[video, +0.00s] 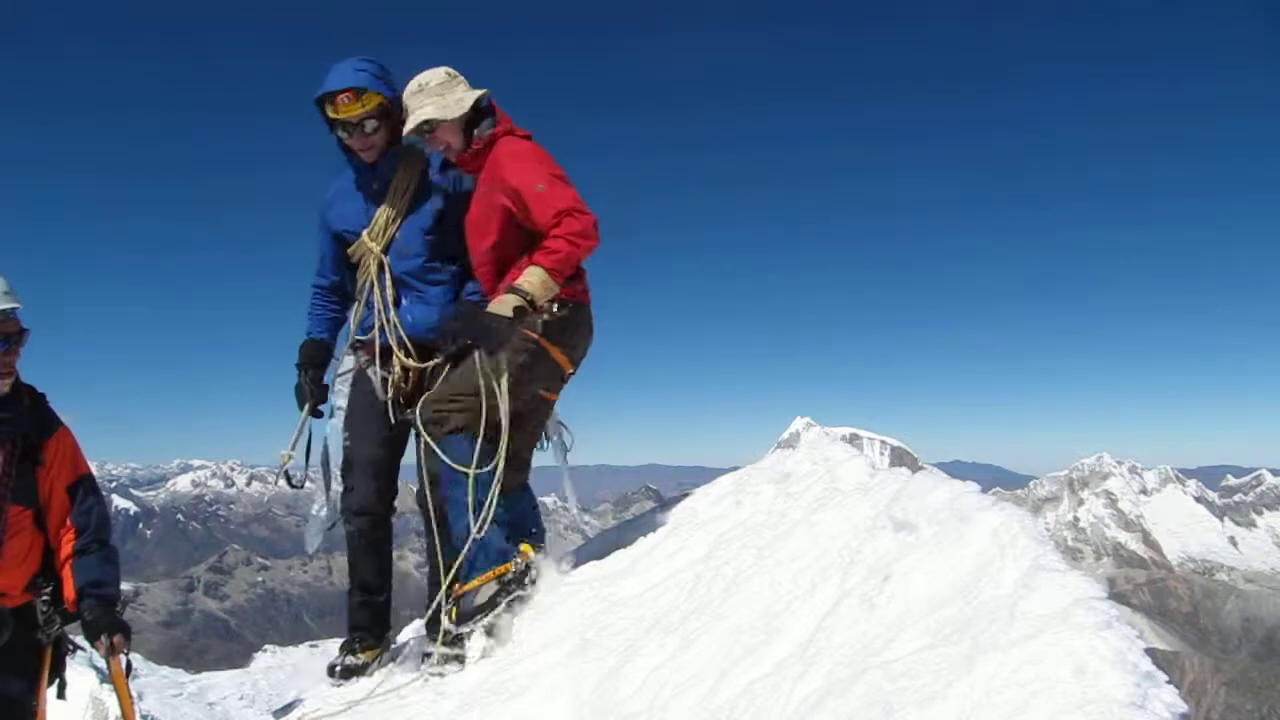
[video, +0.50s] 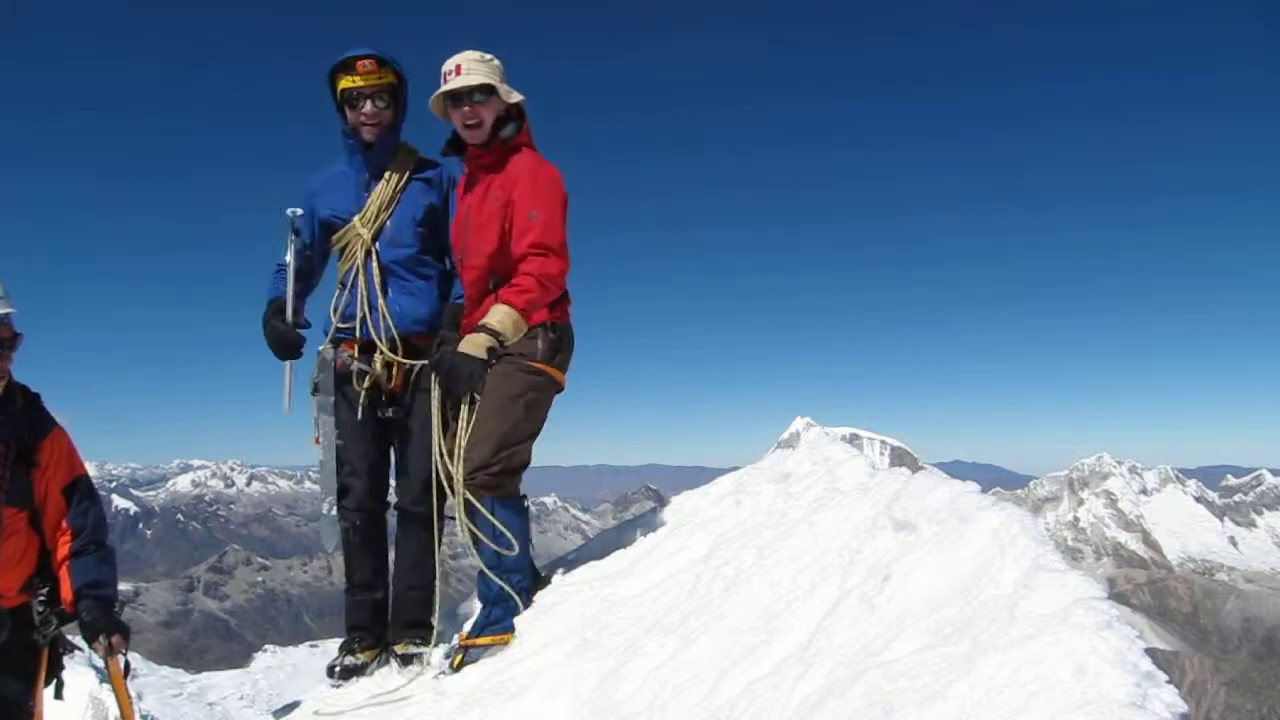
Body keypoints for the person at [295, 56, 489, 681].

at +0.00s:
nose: (361, 133)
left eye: (370, 117)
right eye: (346, 123)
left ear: (397, 113)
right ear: (334, 130)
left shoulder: (443, 179)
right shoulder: (340, 197)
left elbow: (486, 257)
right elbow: (328, 288)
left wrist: (466, 314)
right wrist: (314, 357)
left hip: (445, 352)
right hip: (374, 358)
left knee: (446, 485)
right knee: (363, 493)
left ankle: (452, 618)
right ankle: (367, 635)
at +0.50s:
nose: (369, 110)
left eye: (379, 99)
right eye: (356, 101)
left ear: (398, 105)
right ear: (342, 111)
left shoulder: (437, 178)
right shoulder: (329, 187)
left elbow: (461, 262)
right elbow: (300, 262)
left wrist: (455, 332)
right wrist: (278, 308)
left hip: (424, 350)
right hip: (351, 354)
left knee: (419, 491)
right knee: (357, 494)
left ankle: (411, 628)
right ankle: (363, 633)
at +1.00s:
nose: (392, 120)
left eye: (403, 109)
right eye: (381, 109)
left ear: (421, 115)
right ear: (364, 113)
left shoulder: (446, 189)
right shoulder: (334, 184)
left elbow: (470, 271)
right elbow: (296, 258)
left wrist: (449, 342)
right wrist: (285, 302)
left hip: (423, 358)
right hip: (350, 360)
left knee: (416, 494)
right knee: (355, 496)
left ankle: (412, 631)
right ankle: (362, 633)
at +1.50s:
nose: (381, 137)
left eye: (394, 125)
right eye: (368, 123)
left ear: (411, 128)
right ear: (346, 122)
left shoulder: (429, 194)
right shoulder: (316, 186)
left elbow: (450, 276)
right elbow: (275, 273)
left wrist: (437, 348)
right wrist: (272, 344)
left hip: (412, 356)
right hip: (337, 359)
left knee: (414, 494)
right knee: (348, 497)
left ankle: (410, 633)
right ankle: (358, 638)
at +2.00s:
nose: (364, 159)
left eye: (376, 146)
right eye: (351, 146)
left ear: (394, 141)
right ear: (330, 140)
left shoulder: (415, 201)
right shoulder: (305, 195)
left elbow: (428, 290)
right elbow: (273, 280)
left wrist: (413, 359)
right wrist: (270, 353)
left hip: (407, 366)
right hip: (337, 373)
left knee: (414, 499)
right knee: (343, 502)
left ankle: (410, 634)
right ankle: (355, 638)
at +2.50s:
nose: (361, 156)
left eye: (373, 144)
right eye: (347, 143)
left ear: (390, 135)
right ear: (327, 135)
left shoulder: (411, 196)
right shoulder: (306, 191)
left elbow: (428, 278)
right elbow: (283, 276)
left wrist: (413, 342)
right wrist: (277, 352)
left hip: (409, 359)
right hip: (340, 366)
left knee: (415, 494)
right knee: (345, 499)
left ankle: (410, 632)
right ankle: (355, 638)